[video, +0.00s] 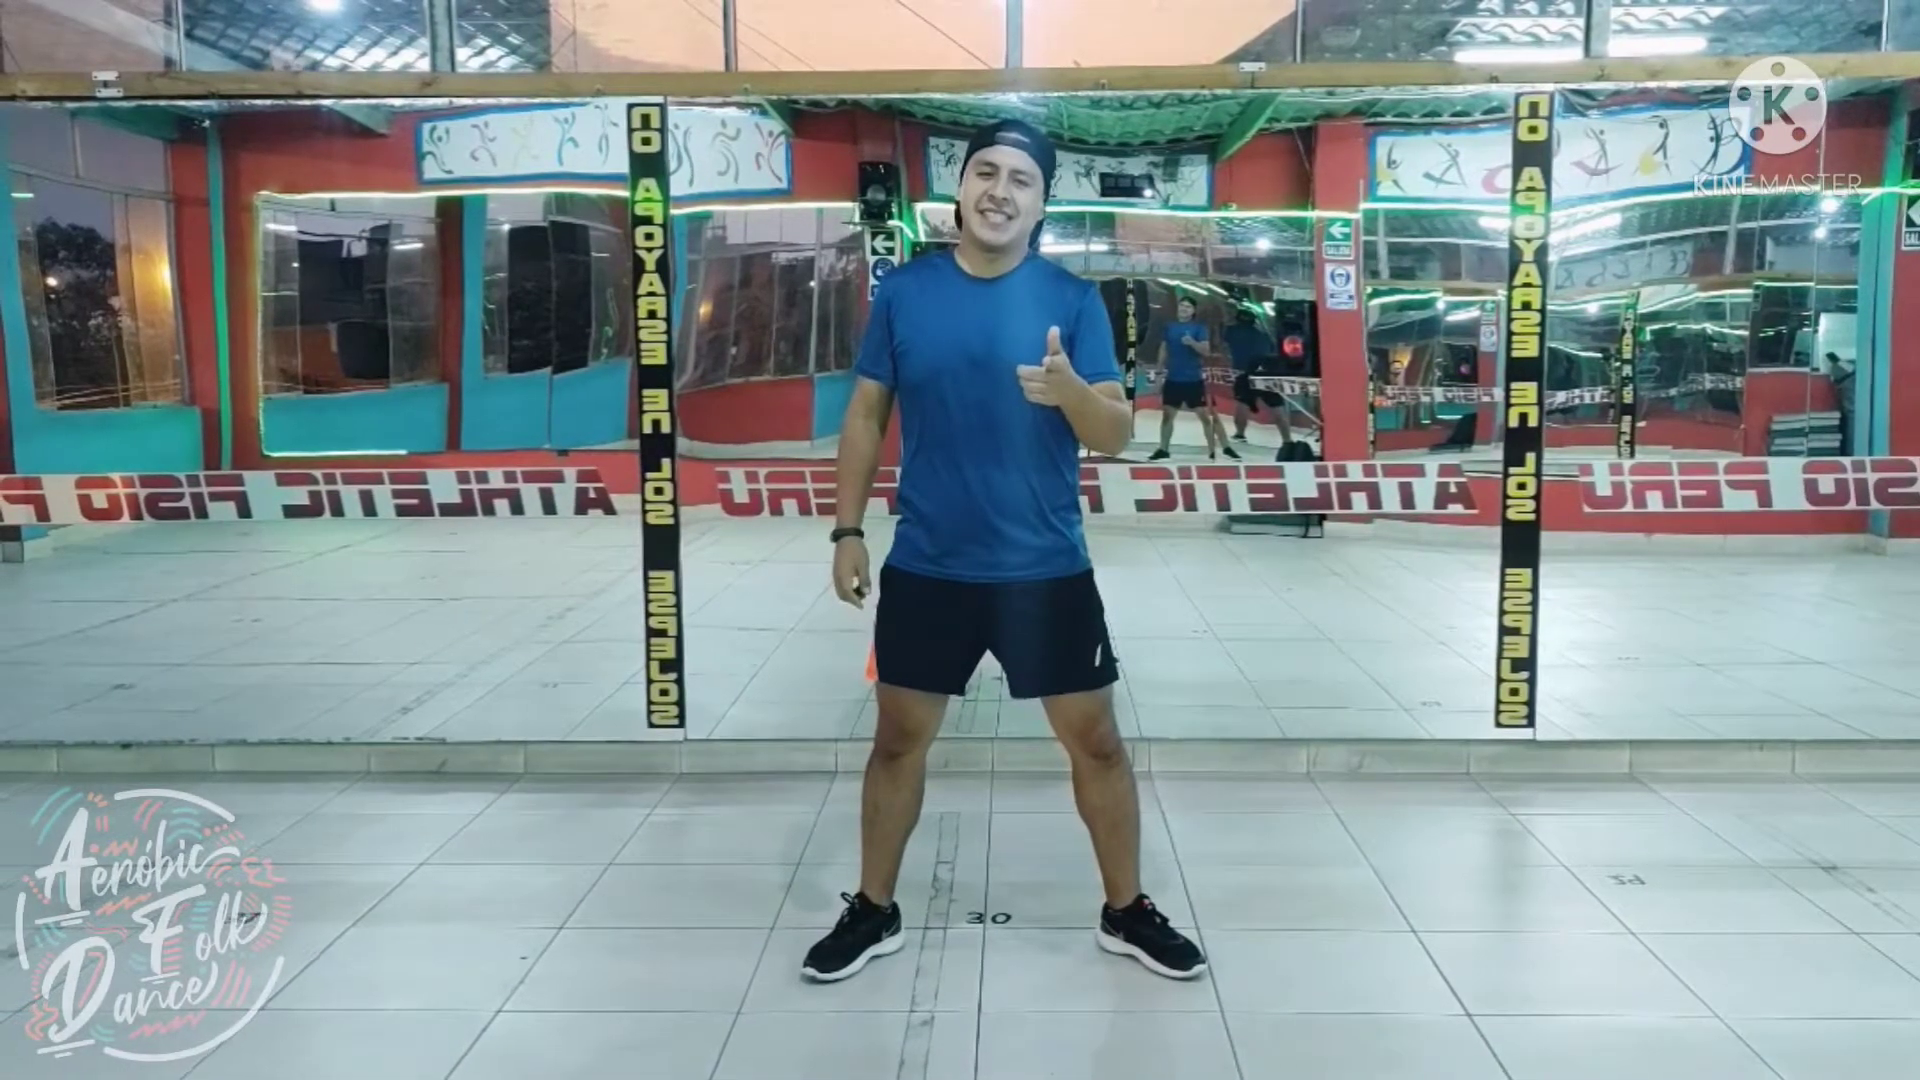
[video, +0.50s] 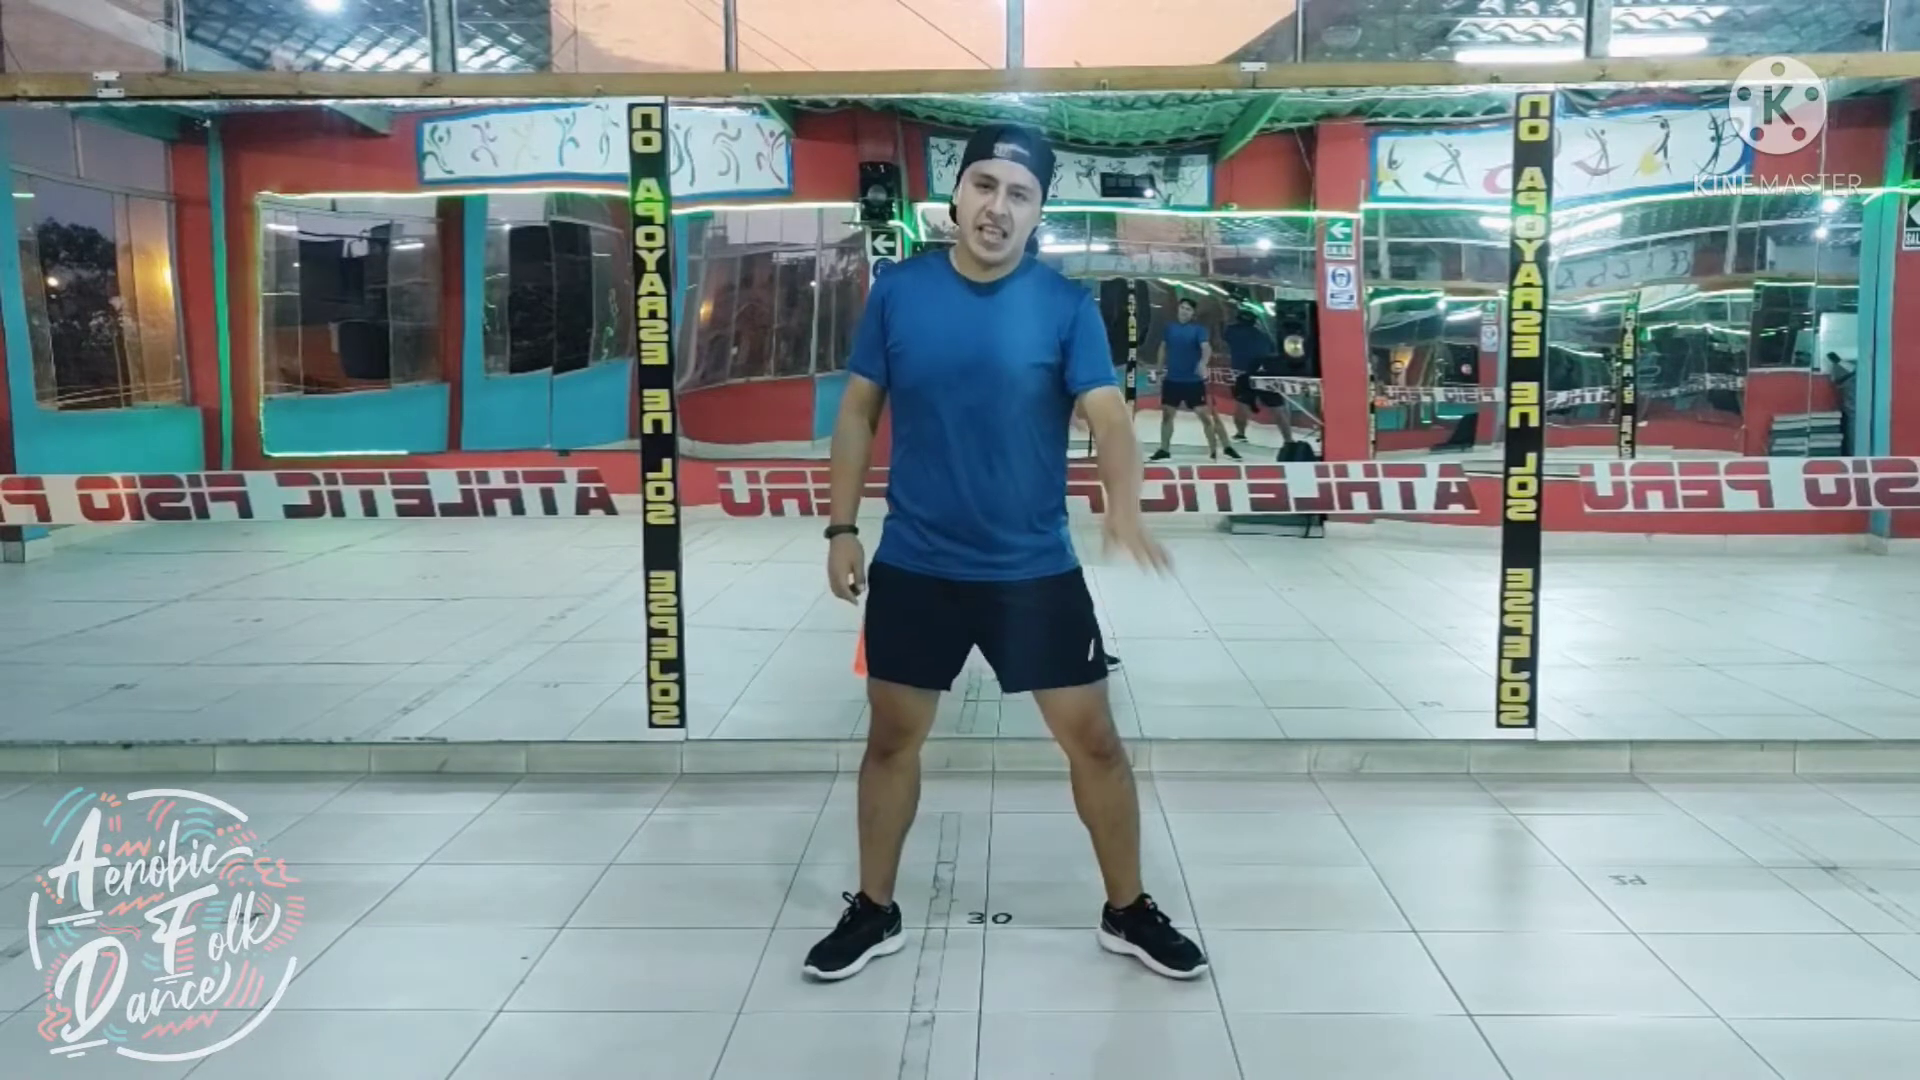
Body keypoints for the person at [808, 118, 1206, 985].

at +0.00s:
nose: (1000, 190)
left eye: (1020, 181)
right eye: (986, 174)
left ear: (1042, 206)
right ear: (957, 190)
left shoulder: (1072, 299)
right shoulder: (903, 292)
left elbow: (1113, 435)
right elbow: (867, 411)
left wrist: (1074, 398)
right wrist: (849, 527)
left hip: (1045, 564)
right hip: (929, 560)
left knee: (1096, 742)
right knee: (896, 738)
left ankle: (1126, 906)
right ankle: (873, 905)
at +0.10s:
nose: (1000, 190)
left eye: (1020, 182)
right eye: (986, 175)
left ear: (1042, 207)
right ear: (958, 191)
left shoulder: (1072, 300)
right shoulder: (903, 292)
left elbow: (1113, 436)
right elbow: (867, 411)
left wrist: (1074, 398)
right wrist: (850, 527)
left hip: (1045, 564)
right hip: (929, 560)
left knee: (1096, 742)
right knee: (897, 738)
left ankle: (1126, 906)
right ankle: (873, 905)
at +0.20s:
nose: (999, 192)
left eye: (1020, 183)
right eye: (986, 175)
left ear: (1042, 207)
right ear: (958, 190)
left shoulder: (1072, 299)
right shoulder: (903, 292)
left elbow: (1113, 436)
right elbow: (867, 410)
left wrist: (1074, 400)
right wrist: (850, 527)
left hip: (1045, 564)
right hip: (929, 560)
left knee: (1096, 742)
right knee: (896, 738)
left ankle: (1126, 906)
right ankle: (873, 905)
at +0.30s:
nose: (999, 195)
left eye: (1020, 184)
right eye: (985, 177)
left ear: (1042, 206)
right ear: (958, 191)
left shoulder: (1071, 299)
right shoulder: (903, 292)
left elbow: (1115, 435)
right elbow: (867, 410)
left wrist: (1077, 403)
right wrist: (849, 527)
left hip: (1044, 564)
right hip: (928, 560)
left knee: (1095, 742)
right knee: (896, 739)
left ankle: (1126, 906)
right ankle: (874, 904)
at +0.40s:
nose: (998, 201)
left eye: (1019, 189)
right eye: (984, 182)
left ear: (1041, 208)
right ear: (956, 193)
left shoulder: (1070, 300)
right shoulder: (901, 292)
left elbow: (1115, 407)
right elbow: (864, 409)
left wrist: (1099, 428)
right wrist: (847, 528)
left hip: (1041, 565)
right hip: (925, 560)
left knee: (1095, 742)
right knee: (895, 736)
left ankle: (1127, 906)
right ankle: (874, 905)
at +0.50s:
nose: (997, 207)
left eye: (1017, 195)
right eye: (984, 187)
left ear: (1039, 214)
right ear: (956, 195)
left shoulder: (1066, 304)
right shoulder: (898, 291)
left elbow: (1109, 412)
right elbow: (858, 407)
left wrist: (1123, 509)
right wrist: (842, 526)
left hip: (1033, 563)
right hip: (918, 557)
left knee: (1093, 739)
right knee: (890, 735)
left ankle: (1127, 906)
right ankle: (874, 905)